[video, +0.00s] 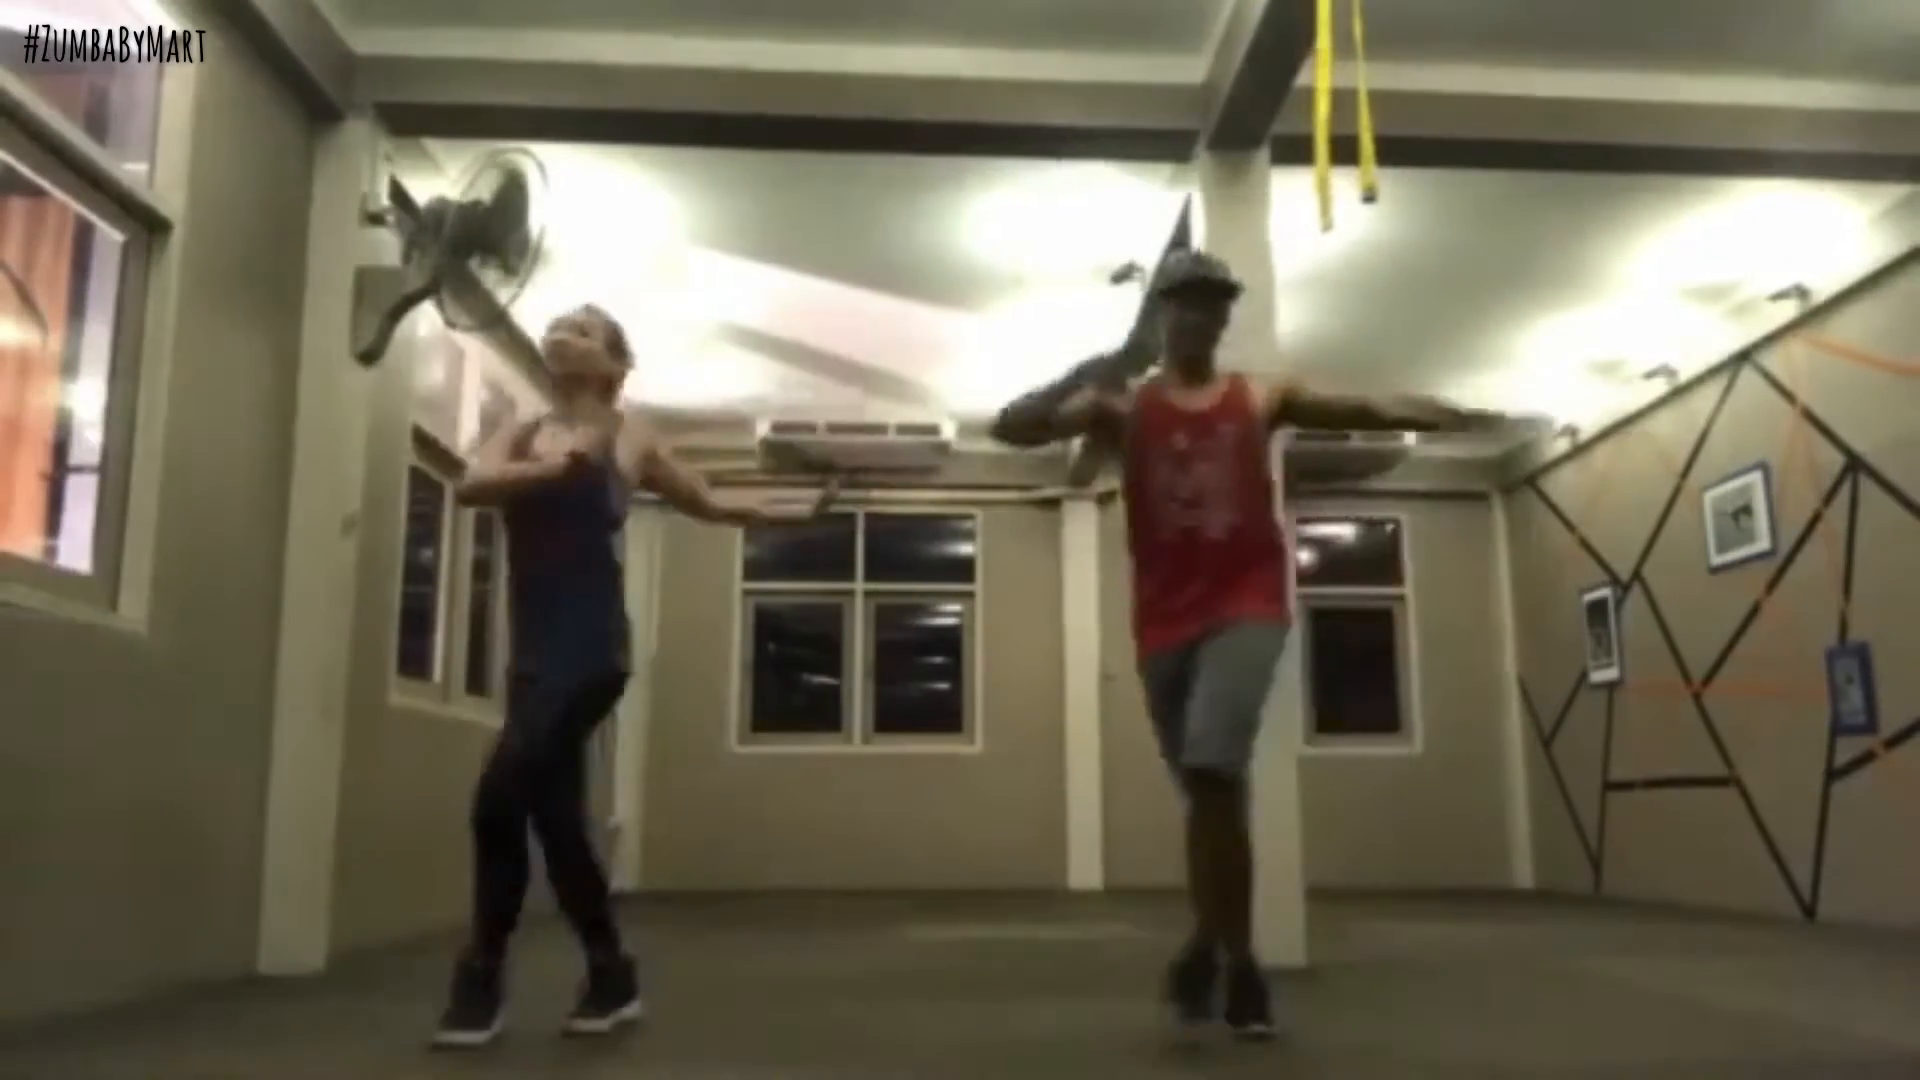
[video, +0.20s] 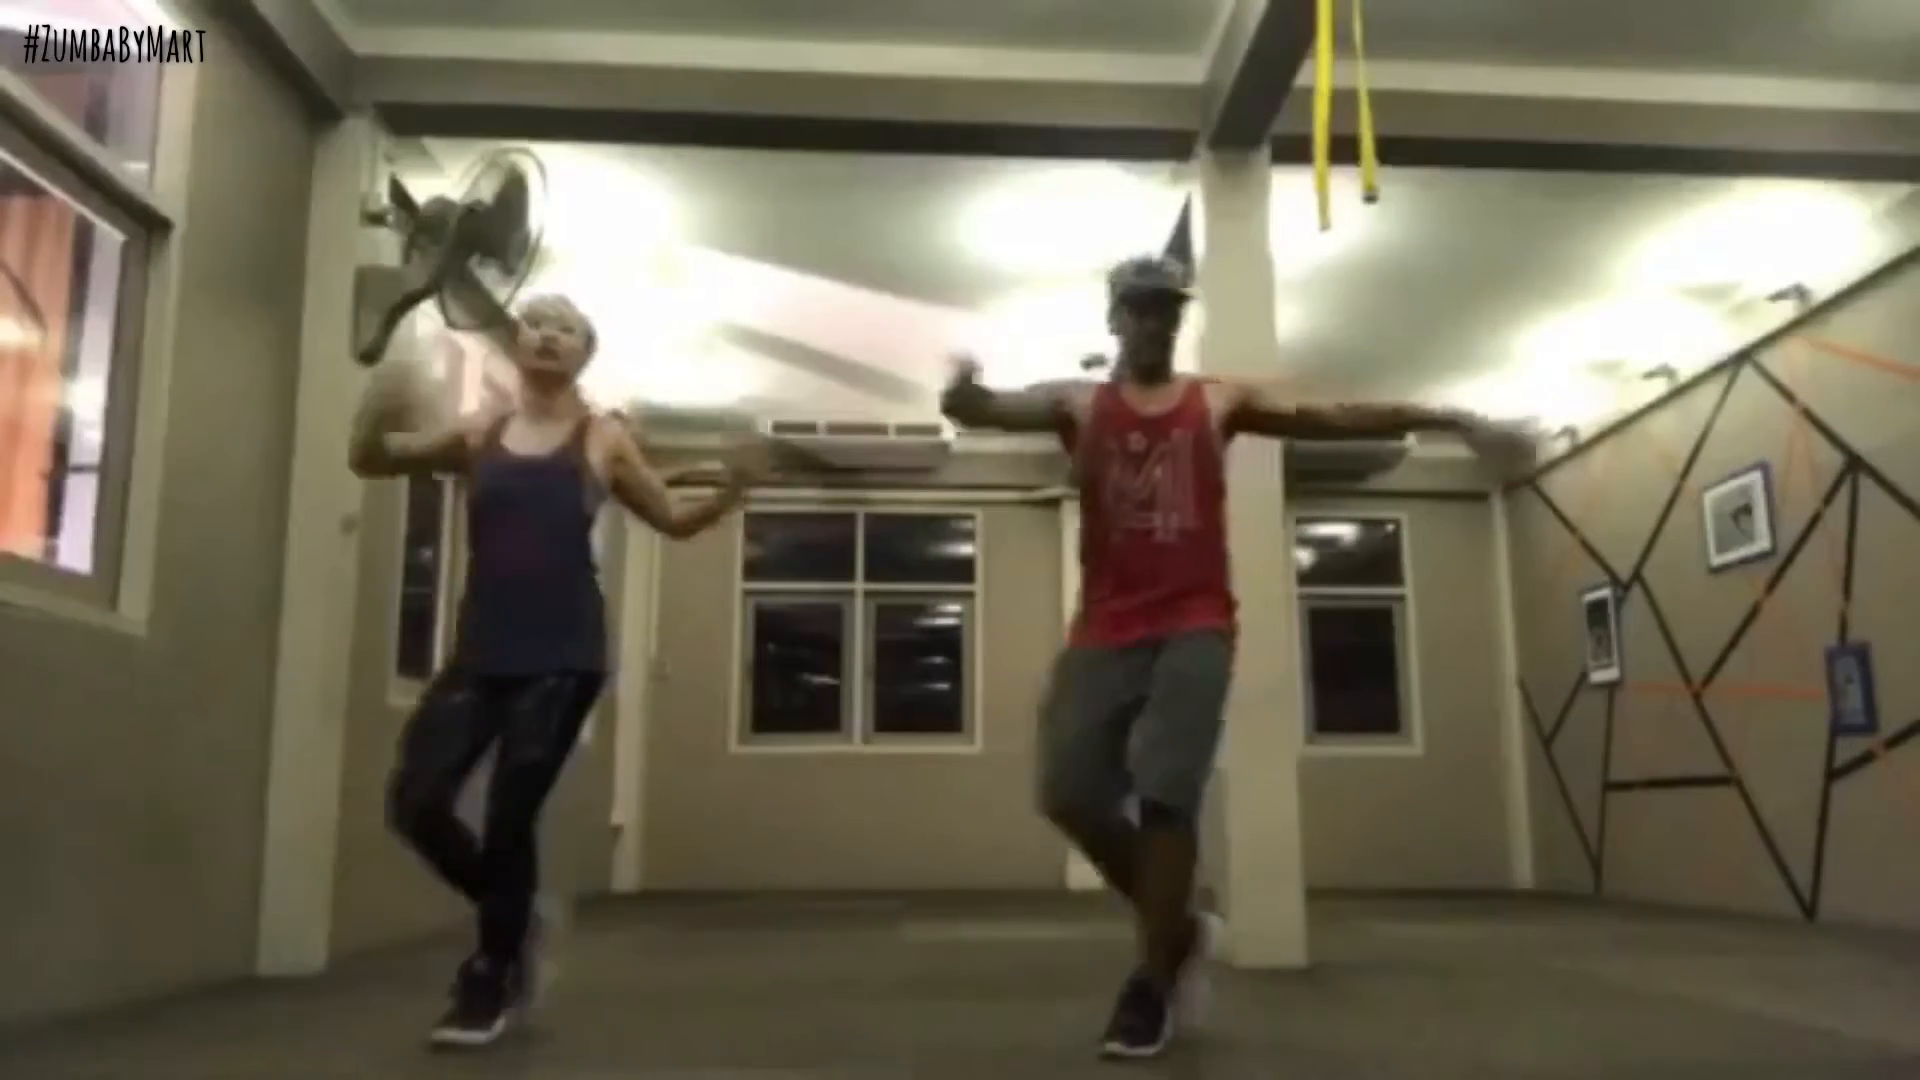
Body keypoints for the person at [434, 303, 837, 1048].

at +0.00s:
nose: (560, 335)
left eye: (582, 331)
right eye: (557, 328)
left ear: (614, 366)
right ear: (544, 356)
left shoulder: (629, 438)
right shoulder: (523, 427)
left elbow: (707, 504)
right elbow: (472, 483)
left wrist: (801, 509)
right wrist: (550, 470)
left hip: (593, 650)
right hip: (536, 651)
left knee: (499, 800)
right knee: (558, 822)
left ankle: (477, 990)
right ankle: (610, 975)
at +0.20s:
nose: (549, 336)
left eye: (566, 328)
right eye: (537, 324)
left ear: (586, 352)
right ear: (513, 341)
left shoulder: (602, 436)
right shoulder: (484, 429)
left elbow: (674, 518)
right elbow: (370, 458)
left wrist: (736, 483)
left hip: (564, 655)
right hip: (484, 651)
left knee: (508, 822)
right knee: (413, 805)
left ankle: (486, 993)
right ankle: (517, 917)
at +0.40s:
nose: (533, 339)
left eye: (545, 329)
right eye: (519, 326)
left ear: (561, 348)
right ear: (489, 343)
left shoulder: (584, 426)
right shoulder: (465, 429)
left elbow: (617, 456)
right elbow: (366, 449)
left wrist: (536, 428)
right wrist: (281, 434)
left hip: (529, 652)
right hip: (446, 643)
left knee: (510, 823)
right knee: (392, 807)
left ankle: (486, 995)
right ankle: (308, 925)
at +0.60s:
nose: (512, 350)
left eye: (525, 339)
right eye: (497, 336)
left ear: (540, 356)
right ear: (467, 351)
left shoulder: (544, 448)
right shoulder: (431, 439)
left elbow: (615, 466)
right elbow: (324, 452)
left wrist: (548, 375)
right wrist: (224, 431)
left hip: (486, 660)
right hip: (400, 650)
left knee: (497, 820)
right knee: (351, 814)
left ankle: (488, 986)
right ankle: (283, 975)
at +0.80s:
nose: (498, 340)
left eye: (513, 331)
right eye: (486, 327)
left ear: (535, 351)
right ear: (459, 341)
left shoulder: (546, 432)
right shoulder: (425, 421)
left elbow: (638, 470)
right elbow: (313, 429)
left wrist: (688, 435)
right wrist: (337, 355)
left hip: (504, 646)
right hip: (414, 640)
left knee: (514, 799)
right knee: (358, 805)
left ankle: (568, 935)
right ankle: (287, 963)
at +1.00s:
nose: (526, 354)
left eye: (544, 345)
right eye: (517, 343)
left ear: (570, 370)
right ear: (499, 360)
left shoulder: (583, 450)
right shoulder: (474, 443)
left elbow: (658, 493)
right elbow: (403, 480)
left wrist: (743, 509)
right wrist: (487, 463)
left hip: (565, 663)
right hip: (480, 659)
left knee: (568, 829)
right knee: (395, 821)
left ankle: (626, 982)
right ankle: (295, 972)